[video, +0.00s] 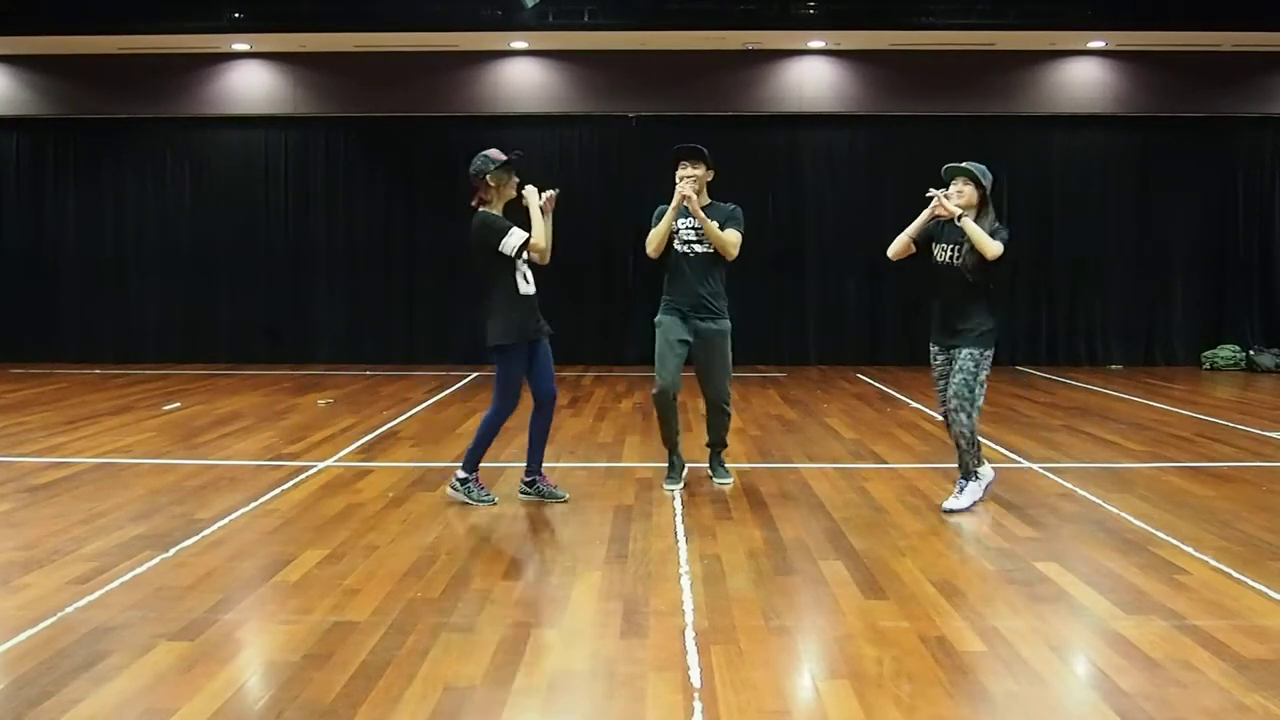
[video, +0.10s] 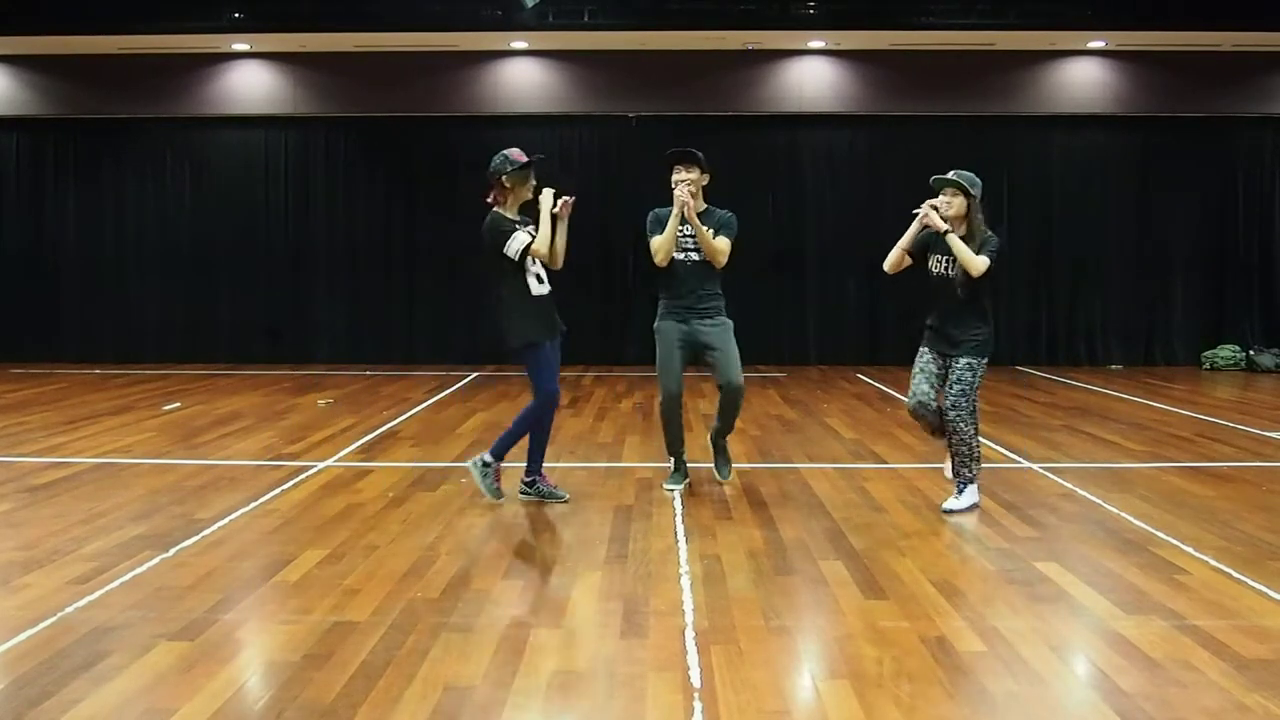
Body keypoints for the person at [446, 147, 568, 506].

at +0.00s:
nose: (515, 180)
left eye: (513, 173)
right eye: (508, 175)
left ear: (495, 182)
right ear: (489, 182)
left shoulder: (503, 220)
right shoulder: (486, 222)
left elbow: (541, 255)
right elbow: (539, 250)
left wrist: (545, 215)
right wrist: (534, 208)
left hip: (531, 321)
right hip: (508, 323)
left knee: (546, 395)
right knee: (505, 403)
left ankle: (533, 477)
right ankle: (465, 476)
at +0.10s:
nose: (531, 180)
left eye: (530, 174)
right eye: (523, 176)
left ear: (526, 180)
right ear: (504, 182)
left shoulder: (526, 221)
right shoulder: (496, 224)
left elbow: (556, 260)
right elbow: (542, 250)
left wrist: (561, 221)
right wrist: (547, 211)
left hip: (547, 318)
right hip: (525, 320)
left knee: (548, 397)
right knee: (547, 396)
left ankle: (533, 477)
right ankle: (490, 460)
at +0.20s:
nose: (545, 179)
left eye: (545, 173)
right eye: (537, 174)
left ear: (543, 177)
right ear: (517, 180)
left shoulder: (545, 218)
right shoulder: (509, 221)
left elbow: (579, 253)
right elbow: (547, 245)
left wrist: (580, 214)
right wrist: (557, 204)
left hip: (557, 317)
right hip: (535, 319)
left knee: (547, 397)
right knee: (575, 392)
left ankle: (535, 476)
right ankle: (528, 458)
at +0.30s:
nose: (560, 175)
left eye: (558, 169)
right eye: (552, 172)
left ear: (550, 175)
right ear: (534, 180)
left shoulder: (562, 214)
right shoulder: (524, 218)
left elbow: (603, 242)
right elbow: (558, 239)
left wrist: (596, 202)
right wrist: (569, 199)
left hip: (567, 317)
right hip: (546, 319)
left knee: (549, 398)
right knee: (588, 390)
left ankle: (532, 476)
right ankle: (569, 471)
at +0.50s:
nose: (590, 177)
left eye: (588, 172)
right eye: (582, 174)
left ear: (588, 177)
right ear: (563, 183)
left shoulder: (594, 217)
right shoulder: (554, 223)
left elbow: (627, 255)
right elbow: (588, 251)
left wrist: (628, 215)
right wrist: (597, 207)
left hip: (602, 319)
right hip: (581, 321)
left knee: (589, 402)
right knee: (602, 399)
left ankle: (544, 470)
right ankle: (600, 484)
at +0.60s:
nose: (606, 182)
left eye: (605, 176)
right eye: (597, 178)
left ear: (604, 179)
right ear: (579, 183)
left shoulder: (604, 222)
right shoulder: (572, 223)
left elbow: (635, 262)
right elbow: (606, 251)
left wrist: (641, 223)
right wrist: (613, 208)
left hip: (621, 322)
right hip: (598, 324)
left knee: (633, 401)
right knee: (608, 402)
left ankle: (574, 453)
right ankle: (601, 485)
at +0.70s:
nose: (619, 180)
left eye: (618, 173)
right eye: (611, 175)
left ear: (615, 177)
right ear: (593, 181)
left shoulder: (617, 217)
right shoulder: (587, 219)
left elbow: (655, 251)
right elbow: (627, 243)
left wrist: (658, 214)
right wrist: (629, 205)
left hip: (634, 323)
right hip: (609, 326)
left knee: (663, 394)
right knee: (609, 406)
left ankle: (620, 459)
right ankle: (600, 484)